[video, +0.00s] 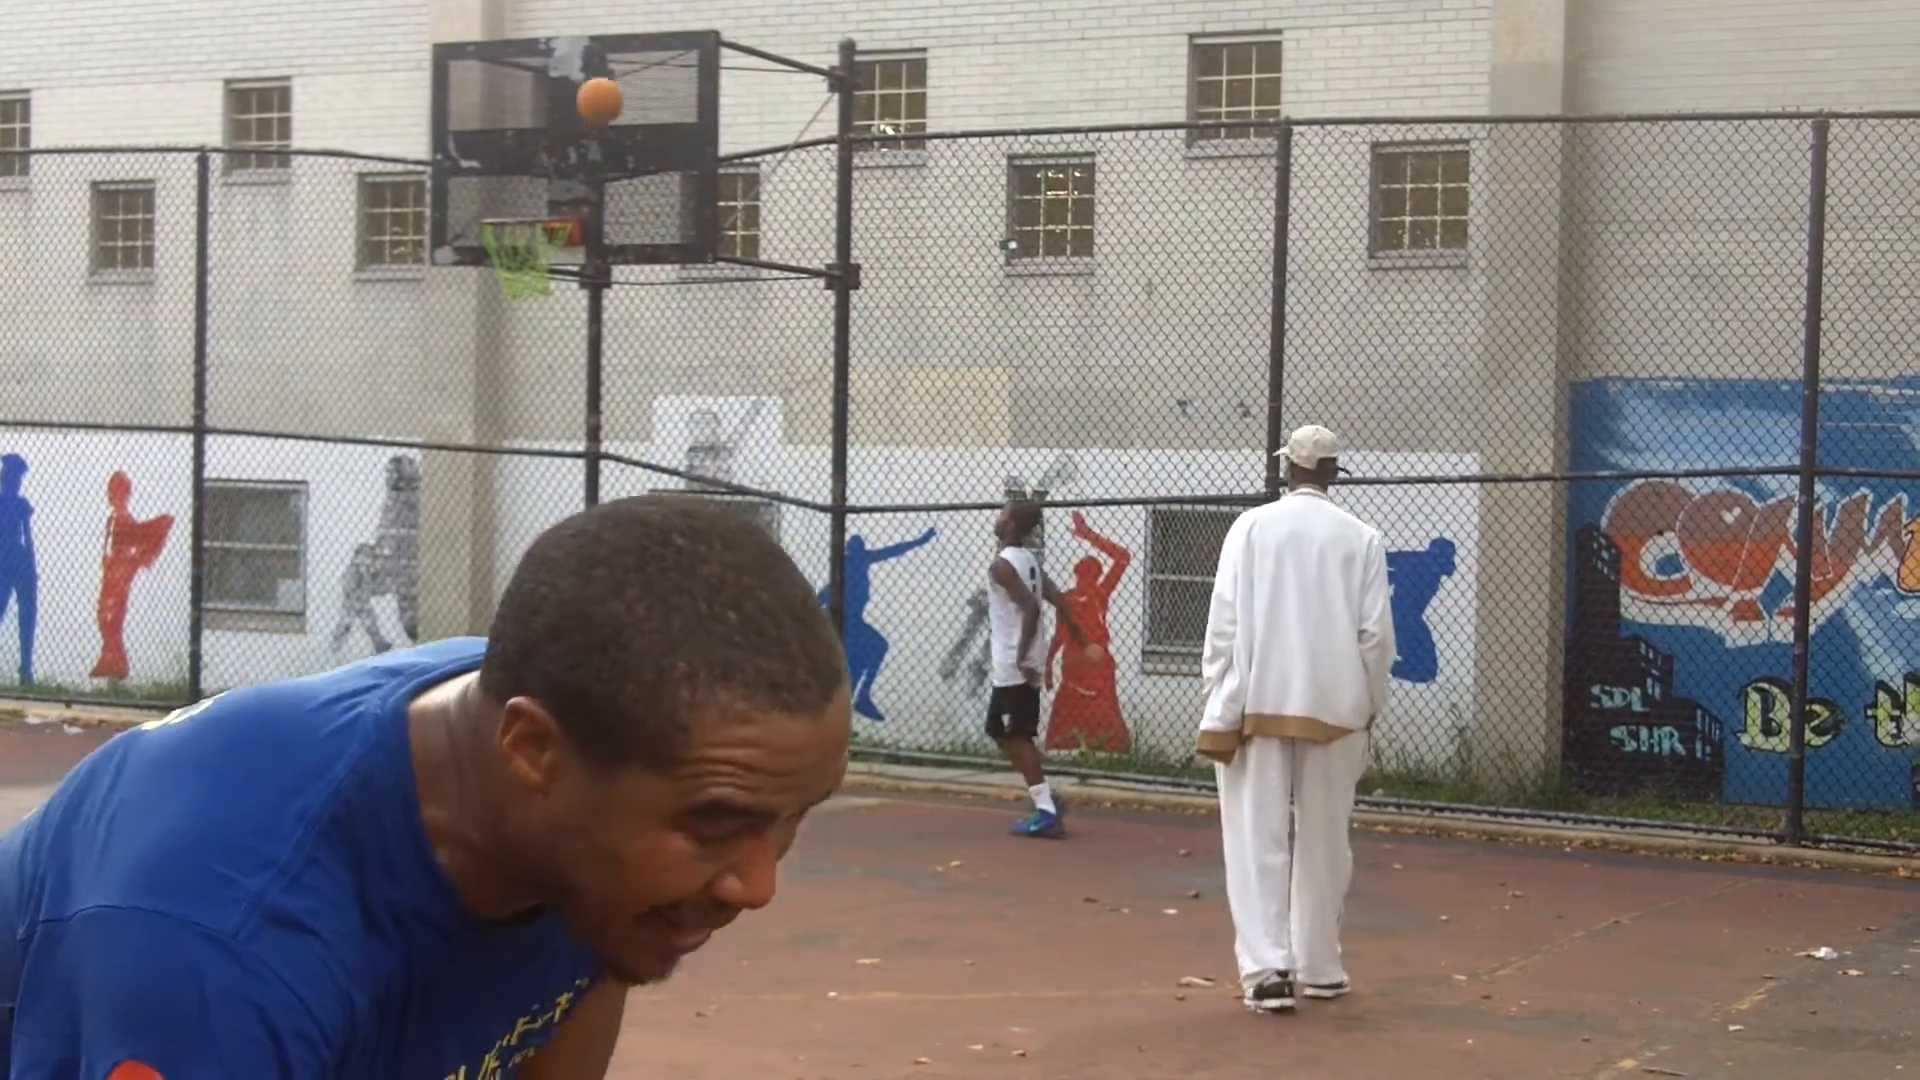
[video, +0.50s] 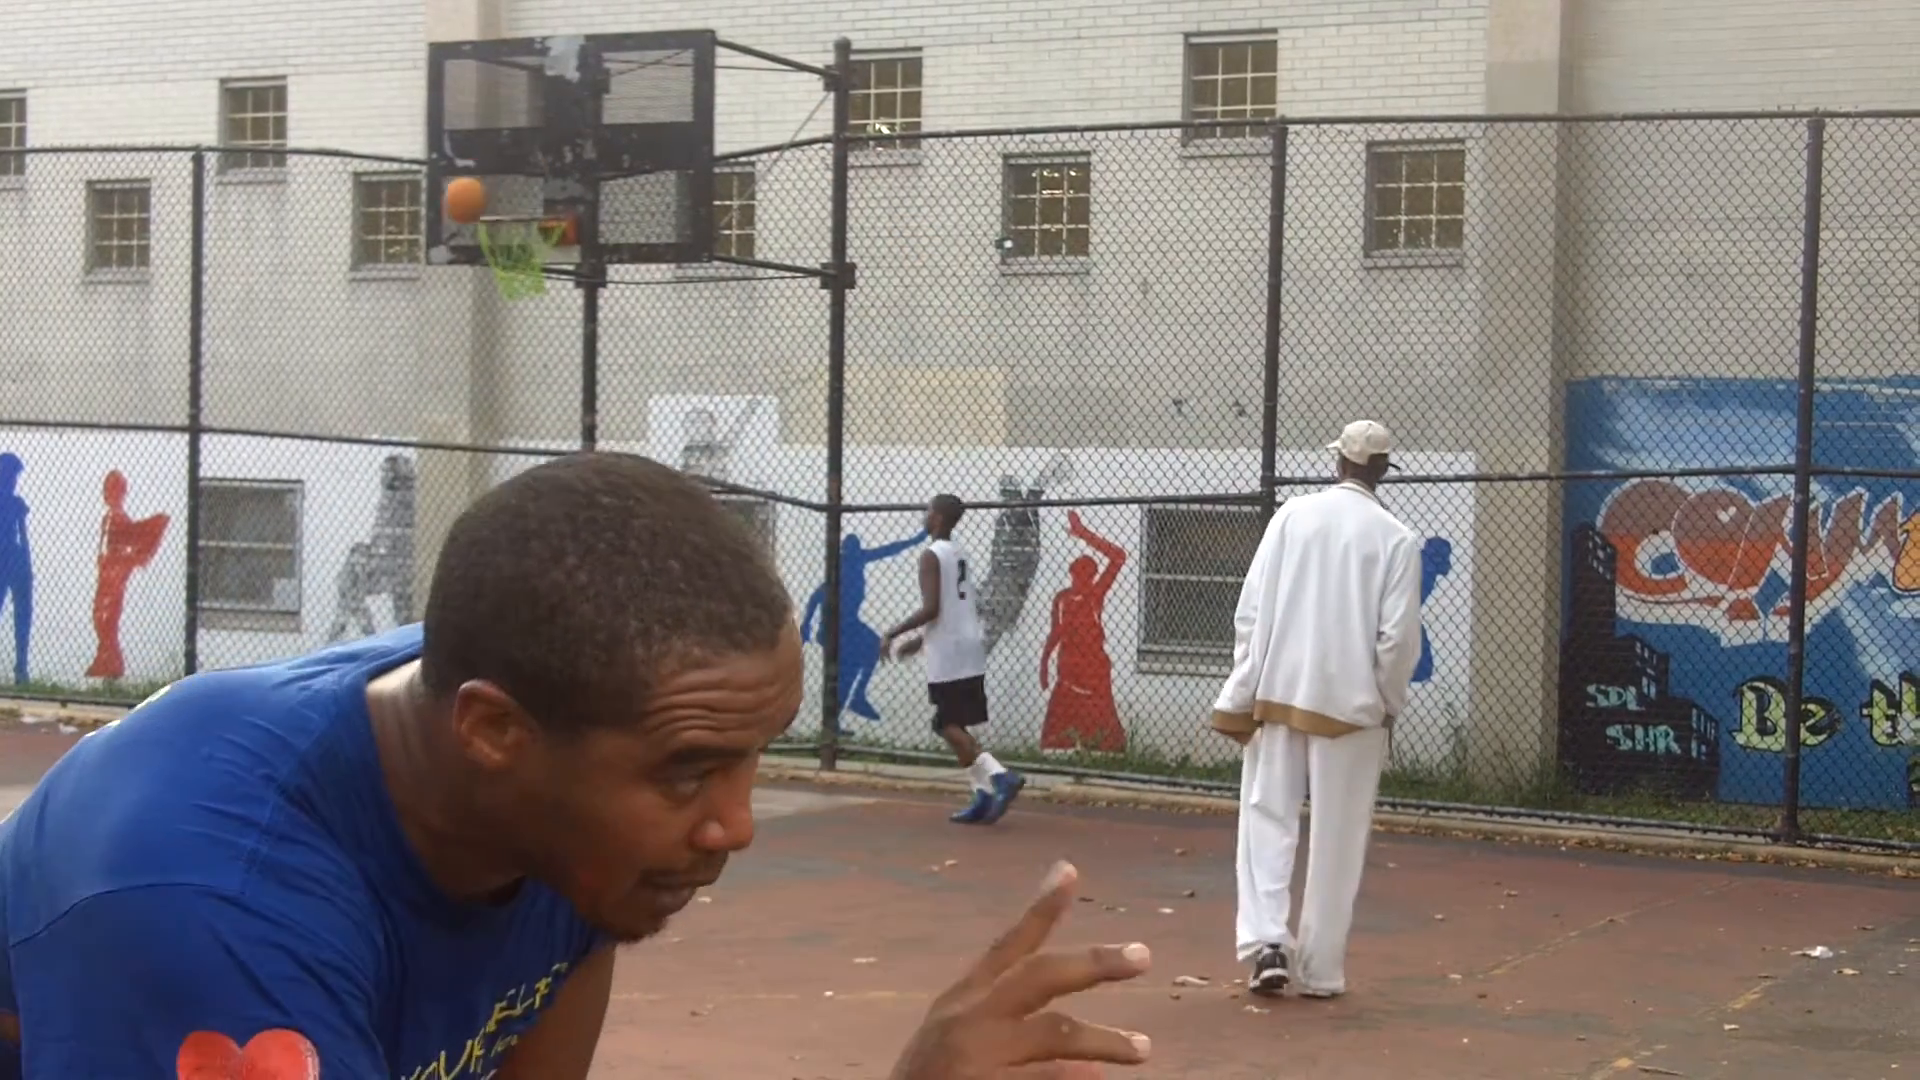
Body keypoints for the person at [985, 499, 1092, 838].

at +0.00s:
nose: (998, 518)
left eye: (1004, 515)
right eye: (1002, 513)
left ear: (1012, 526)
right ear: (1022, 529)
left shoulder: (1002, 565)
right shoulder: (1029, 561)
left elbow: (1031, 608)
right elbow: (1060, 599)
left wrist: (1022, 656)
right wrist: (1077, 634)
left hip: (1014, 670)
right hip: (1023, 669)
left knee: (1016, 737)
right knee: (999, 731)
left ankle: (1045, 809)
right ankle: (1046, 797)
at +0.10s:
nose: (986, 516)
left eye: (992, 513)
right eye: (990, 511)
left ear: (1001, 523)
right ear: (1012, 527)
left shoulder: (990, 561)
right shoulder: (1023, 558)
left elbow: (1017, 604)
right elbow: (1054, 591)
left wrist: (1012, 652)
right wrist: (1073, 626)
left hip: (1005, 667)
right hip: (1011, 666)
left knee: (1015, 735)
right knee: (984, 723)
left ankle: (1044, 805)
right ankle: (1018, 793)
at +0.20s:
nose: (972, 516)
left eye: (978, 513)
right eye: (976, 511)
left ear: (987, 522)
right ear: (997, 526)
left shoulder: (978, 561)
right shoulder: (1007, 558)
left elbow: (997, 612)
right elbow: (1037, 603)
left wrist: (976, 658)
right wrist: (1050, 647)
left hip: (999, 663)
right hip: (1007, 661)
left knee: (1013, 732)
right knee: (968, 718)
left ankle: (1042, 806)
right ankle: (995, 794)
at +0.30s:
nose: (958, 525)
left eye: (964, 521)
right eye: (962, 519)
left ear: (974, 530)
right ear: (982, 533)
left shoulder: (965, 569)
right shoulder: (994, 565)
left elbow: (966, 625)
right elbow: (1010, 619)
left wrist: (936, 662)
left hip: (984, 672)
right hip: (1000, 669)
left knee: (1007, 736)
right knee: (954, 722)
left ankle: (1040, 806)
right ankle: (986, 796)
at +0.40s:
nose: (943, 527)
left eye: (949, 523)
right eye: (946, 521)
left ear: (958, 532)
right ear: (968, 535)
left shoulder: (948, 569)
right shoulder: (978, 566)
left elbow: (944, 624)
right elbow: (982, 619)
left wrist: (906, 654)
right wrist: (955, 660)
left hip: (971, 673)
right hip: (981, 670)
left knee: (985, 738)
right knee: (949, 727)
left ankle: (1032, 797)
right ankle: (985, 797)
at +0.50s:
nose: (926, 517)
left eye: (930, 512)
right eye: (928, 511)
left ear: (939, 518)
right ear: (950, 521)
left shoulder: (931, 555)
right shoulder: (957, 553)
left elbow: (930, 609)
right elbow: (953, 614)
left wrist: (891, 632)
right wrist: (921, 640)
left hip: (948, 654)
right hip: (968, 650)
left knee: (947, 724)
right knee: (951, 724)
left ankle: (999, 775)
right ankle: (982, 792)